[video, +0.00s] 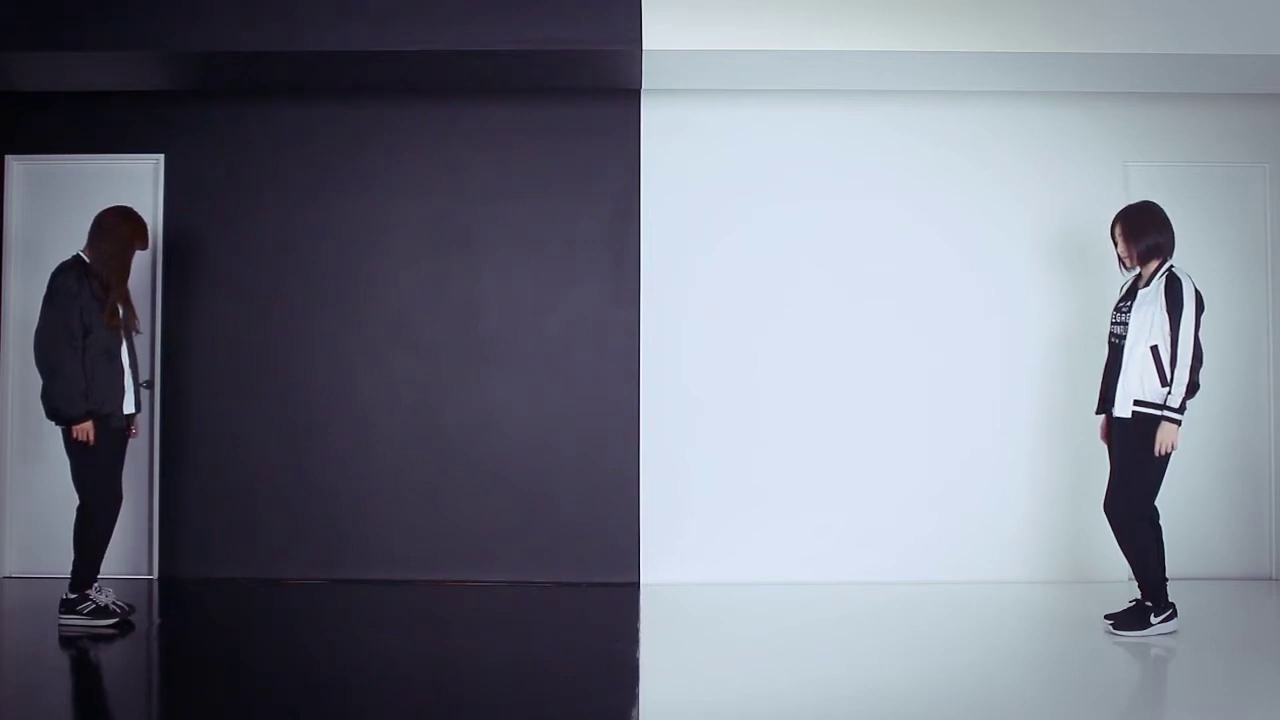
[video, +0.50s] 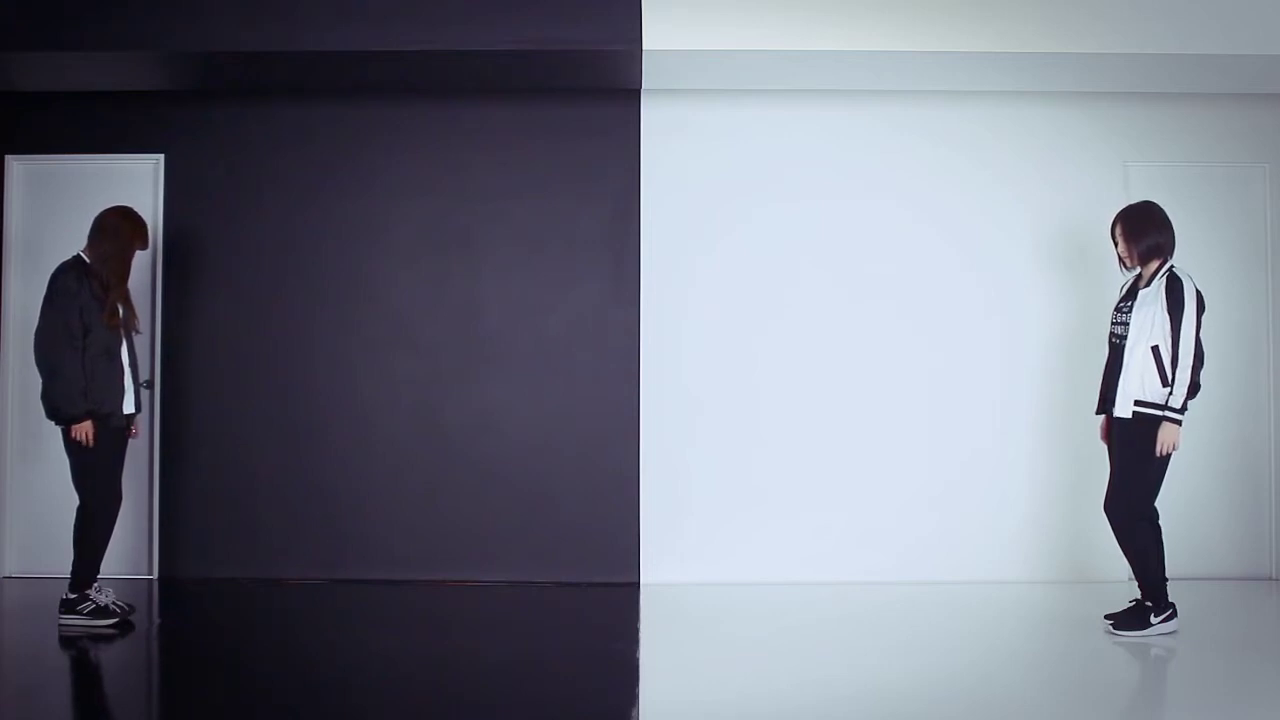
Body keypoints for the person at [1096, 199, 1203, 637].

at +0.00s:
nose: (1118, 249)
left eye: (1123, 240)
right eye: (1116, 242)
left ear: (1147, 237)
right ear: (1125, 242)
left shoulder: (1178, 284)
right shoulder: (1131, 288)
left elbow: (1188, 356)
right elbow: (1117, 354)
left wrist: (1172, 417)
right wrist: (1107, 410)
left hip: (1151, 418)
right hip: (1123, 416)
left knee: (1126, 506)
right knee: (1131, 507)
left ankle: (1157, 604)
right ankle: (1152, 600)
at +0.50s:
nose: (1119, 249)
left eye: (1123, 240)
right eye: (1116, 241)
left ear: (1147, 236)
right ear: (1125, 242)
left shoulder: (1179, 284)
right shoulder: (1131, 287)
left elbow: (1190, 356)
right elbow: (1117, 354)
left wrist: (1174, 417)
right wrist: (1107, 410)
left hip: (1152, 417)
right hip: (1123, 416)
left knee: (1128, 507)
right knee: (1127, 506)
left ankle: (1158, 604)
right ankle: (1151, 600)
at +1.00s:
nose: (1114, 249)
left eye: (1118, 240)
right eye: (1111, 242)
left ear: (1141, 236)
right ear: (1120, 242)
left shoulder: (1176, 285)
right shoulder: (1126, 288)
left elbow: (1188, 356)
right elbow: (1116, 355)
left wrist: (1175, 416)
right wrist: (1107, 410)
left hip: (1153, 417)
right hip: (1123, 416)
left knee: (1130, 505)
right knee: (1126, 506)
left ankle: (1158, 604)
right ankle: (1151, 600)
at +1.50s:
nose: (1089, 249)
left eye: (1093, 240)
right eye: (1086, 242)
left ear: (1117, 236)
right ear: (1092, 243)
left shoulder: (1156, 284)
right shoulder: (1100, 288)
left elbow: (1178, 351)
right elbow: (1099, 353)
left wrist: (1171, 414)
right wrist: (1087, 404)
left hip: (1139, 415)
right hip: (1109, 415)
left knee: (1082, 486)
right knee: (1131, 506)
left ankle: (1103, 584)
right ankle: (1156, 601)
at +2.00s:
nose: (1011, 249)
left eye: (1017, 240)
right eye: (1009, 241)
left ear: (1040, 239)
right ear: (1018, 244)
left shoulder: (1070, 288)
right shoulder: (1023, 288)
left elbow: (1086, 356)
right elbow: (1015, 355)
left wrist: (1081, 424)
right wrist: (1010, 412)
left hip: (1056, 421)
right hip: (1031, 420)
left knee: (1024, 510)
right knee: (1070, 507)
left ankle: (1011, 608)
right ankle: (1136, 583)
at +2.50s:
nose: (929, 239)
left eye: (933, 228)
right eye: (926, 230)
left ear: (957, 225)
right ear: (950, 230)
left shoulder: (989, 268)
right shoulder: (952, 277)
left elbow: (988, 345)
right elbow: (943, 347)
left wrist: (943, 389)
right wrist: (928, 395)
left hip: (982, 410)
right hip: (944, 407)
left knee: (981, 506)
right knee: (902, 487)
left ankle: (1005, 602)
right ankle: (938, 574)